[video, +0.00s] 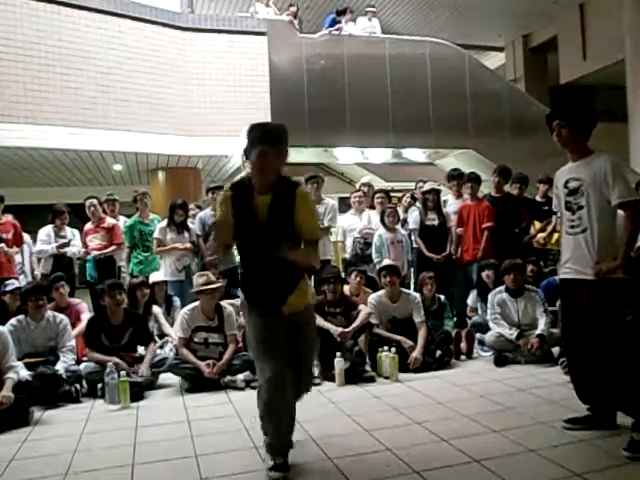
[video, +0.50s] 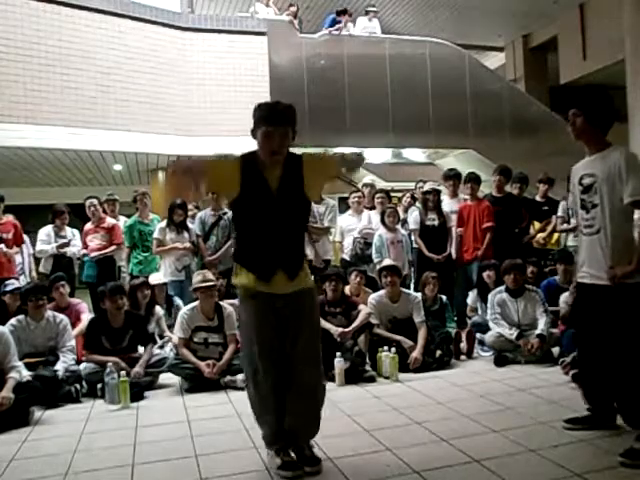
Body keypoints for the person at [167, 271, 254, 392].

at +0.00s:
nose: (212, 295)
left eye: (214, 291)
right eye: (207, 293)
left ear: (218, 292)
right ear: (198, 295)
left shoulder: (227, 312)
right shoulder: (187, 314)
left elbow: (232, 343)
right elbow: (181, 347)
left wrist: (222, 364)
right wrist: (200, 365)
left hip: (221, 358)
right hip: (197, 359)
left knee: (247, 359)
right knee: (173, 364)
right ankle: (222, 381)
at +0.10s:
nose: (212, 295)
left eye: (214, 291)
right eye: (207, 292)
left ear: (218, 292)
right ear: (198, 295)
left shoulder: (227, 312)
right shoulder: (187, 314)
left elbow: (232, 343)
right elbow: (181, 347)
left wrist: (221, 365)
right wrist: (200, 365)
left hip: (221, 358)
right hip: (197, 358)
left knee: (248, 359)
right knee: (172, 364)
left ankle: (200, 383)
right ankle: (222, 381)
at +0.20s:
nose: (211, 295)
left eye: (213, 291)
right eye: (206, 292)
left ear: (218, 292)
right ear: (197, 295)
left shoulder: (227, 312)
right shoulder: (187, 314)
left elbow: (232, 343)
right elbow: (181, 346)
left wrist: (221, 365)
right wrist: (200, 365)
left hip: (221, 357)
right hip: (197, 358)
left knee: (246, 361)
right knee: (173, 364)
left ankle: (200, 383)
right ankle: (222, 381)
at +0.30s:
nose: (210, 294)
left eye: (212, 289)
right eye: (205, 291)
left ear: (217, 290)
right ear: (196, 294)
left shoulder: (227, 311)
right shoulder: (186, 313)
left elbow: (232, 343)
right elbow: (181, 347)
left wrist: (221, 365)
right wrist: (200, 365)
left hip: (221, 357)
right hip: (196, 358)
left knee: (244, 363)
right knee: (173, 364)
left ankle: (199, 383)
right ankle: (222, 381)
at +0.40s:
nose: (210, 293)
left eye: (212, 289)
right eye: (205, 290)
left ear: (217, 290)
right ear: (196, 294)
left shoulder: (227, 311)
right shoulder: (186, 313)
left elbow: (232, 343)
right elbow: (181, 347)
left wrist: (221, 365)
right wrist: (200, 365)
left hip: (221, 357)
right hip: (196, 358)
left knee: (245, 363)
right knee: (173, 364)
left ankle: (197, 384)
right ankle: (221, 382)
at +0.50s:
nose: (209, 294)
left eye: (211, 289)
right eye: (204, 291)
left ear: (216, 290)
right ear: (196, 294)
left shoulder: (227, 312)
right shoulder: (186, 313)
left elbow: (232, 343)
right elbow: (181, 347)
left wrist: (221, 365)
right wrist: (201, 365)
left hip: (221, 357)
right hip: (196, 358)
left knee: (246, 361)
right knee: (173, 364)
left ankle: (198, 383)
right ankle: (222, 382)